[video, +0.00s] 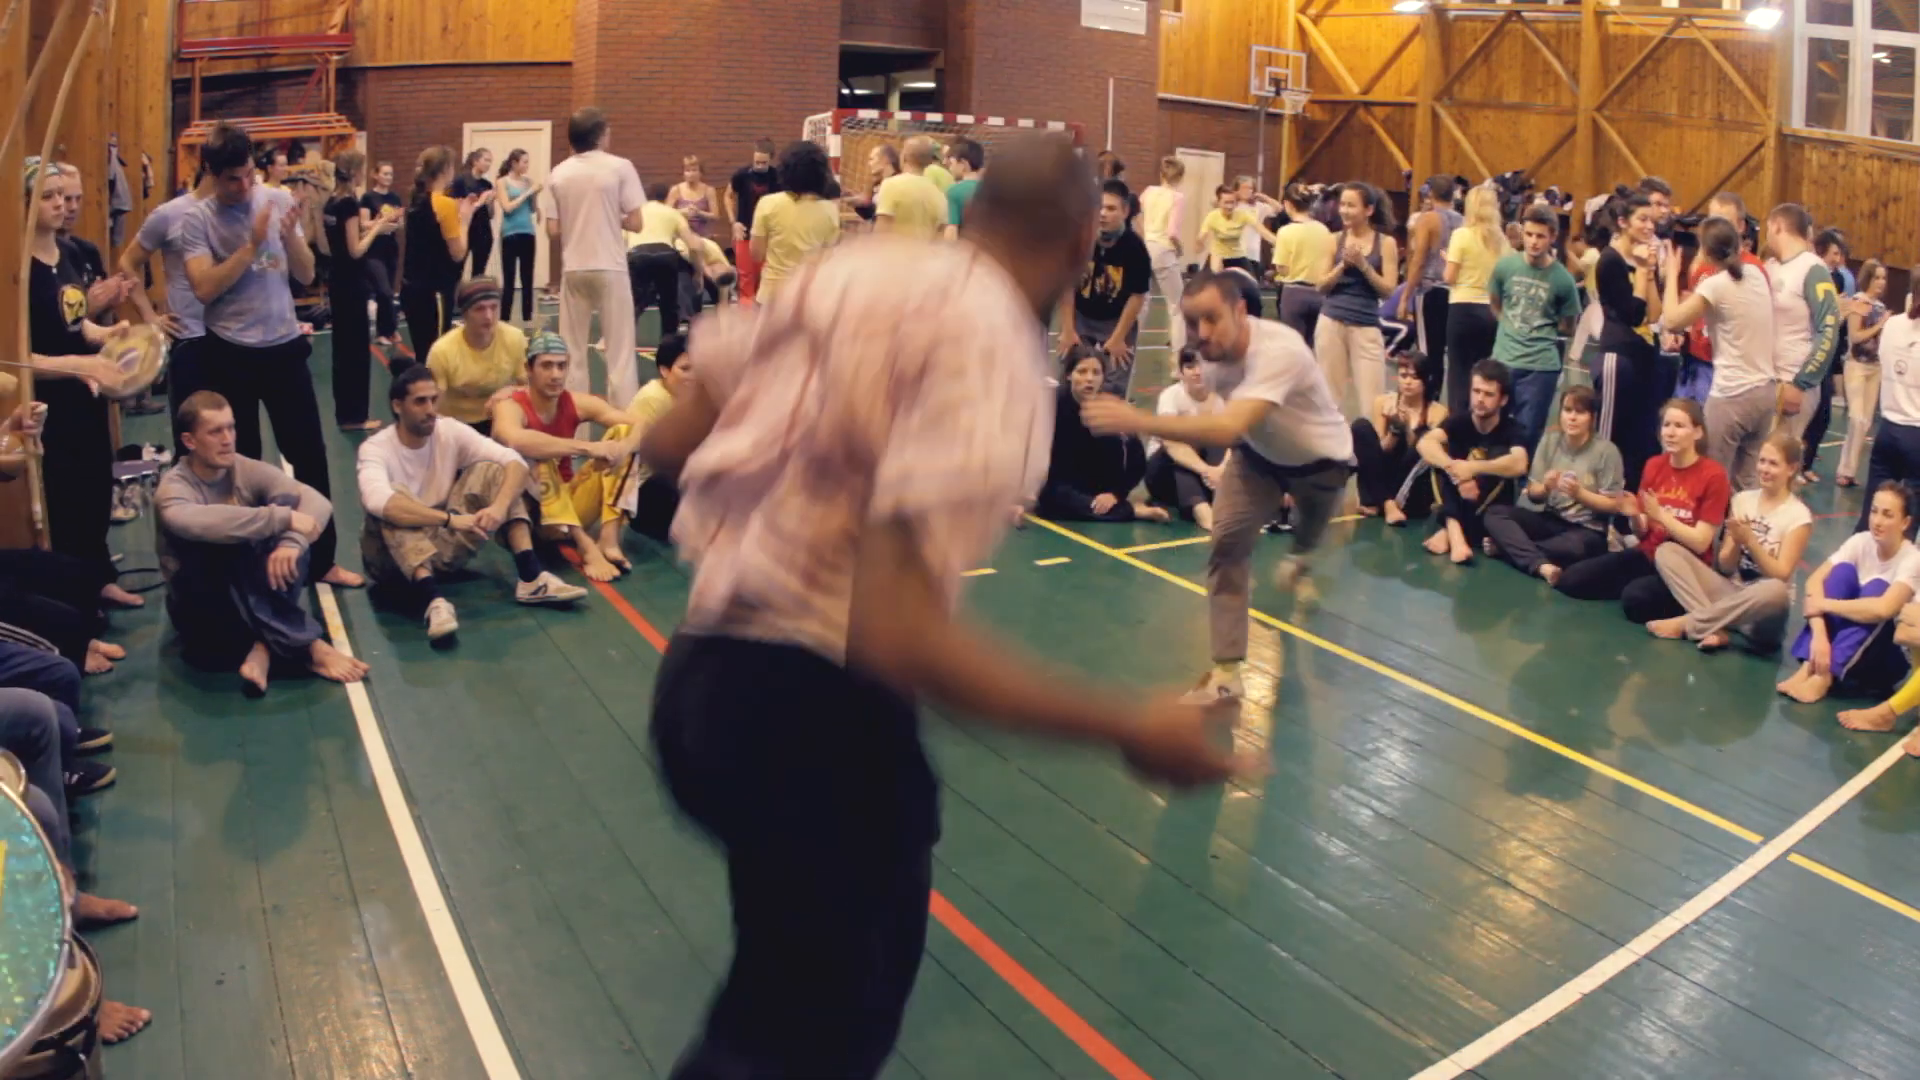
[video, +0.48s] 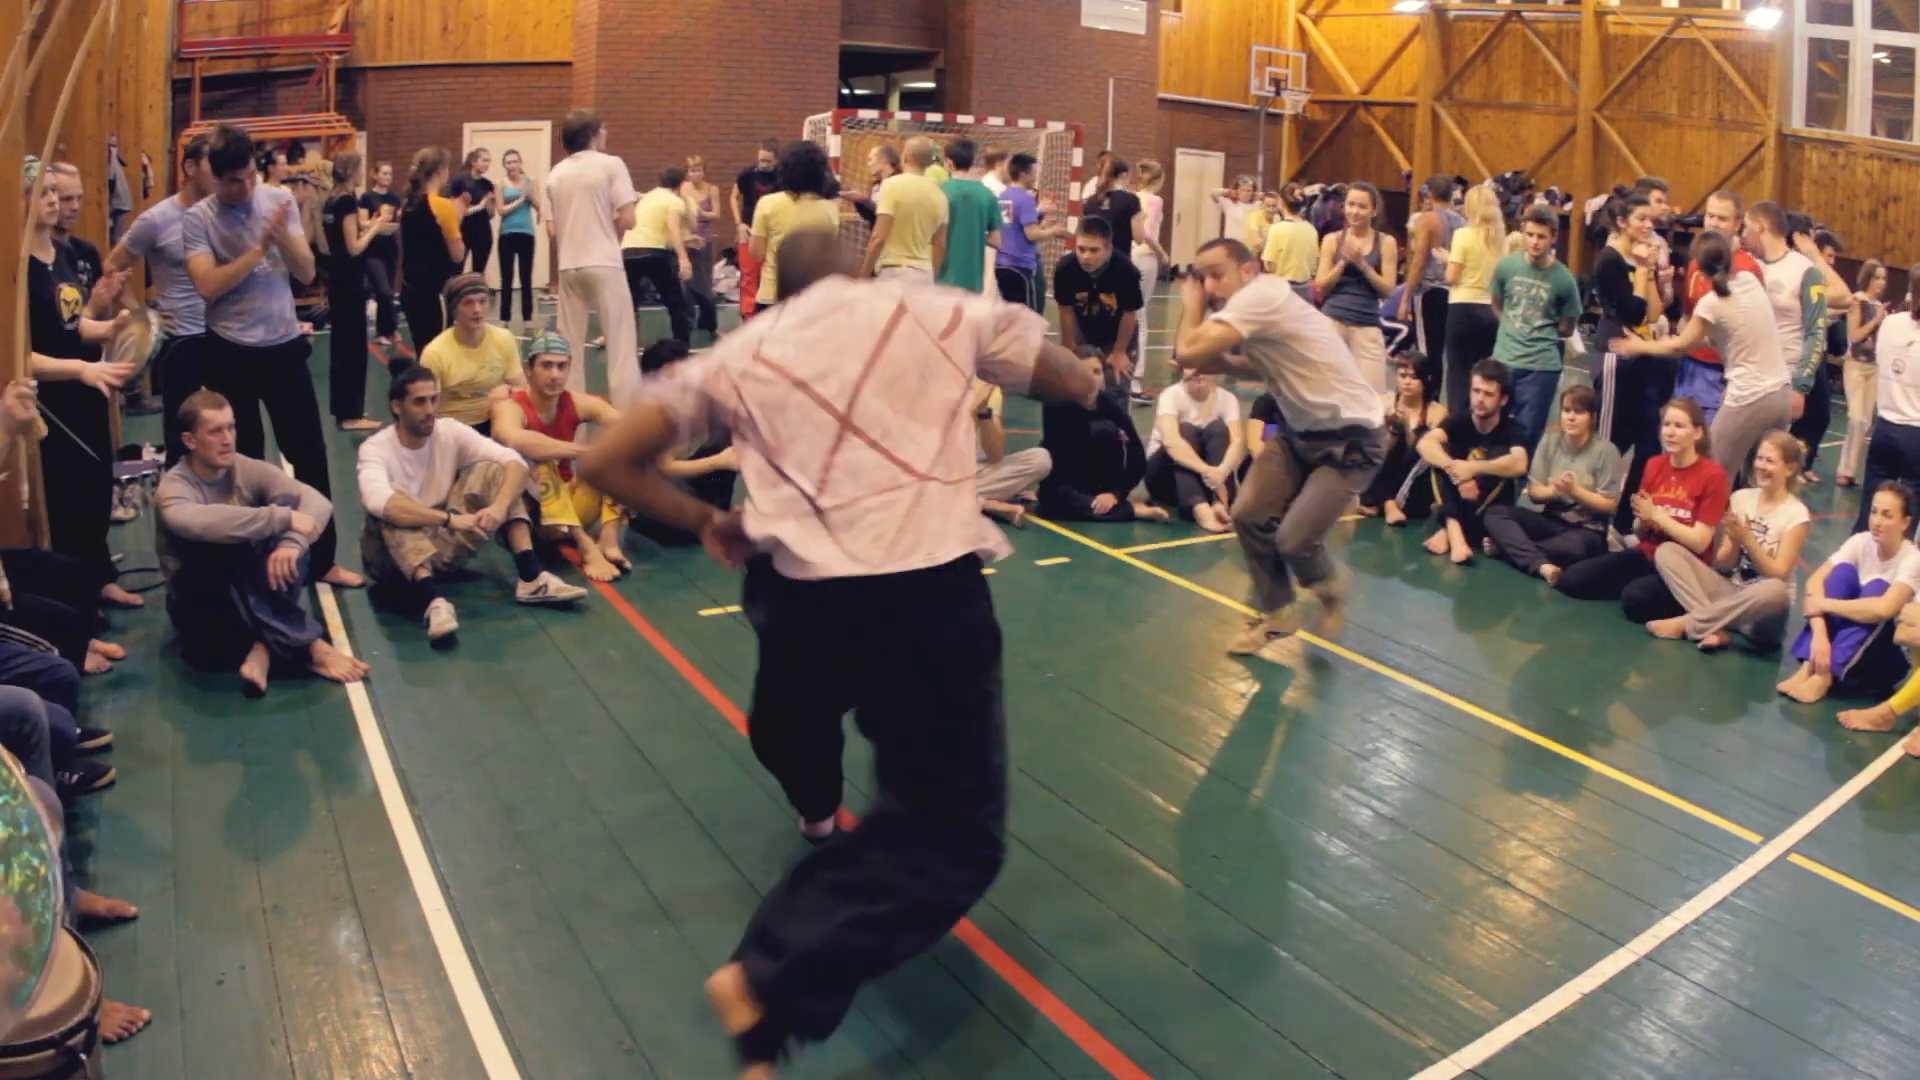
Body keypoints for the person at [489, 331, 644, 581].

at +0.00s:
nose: (556, 374)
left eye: (561, 366)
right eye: (546, 366)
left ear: (568, 369)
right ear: (528, 369)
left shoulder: (578, 403)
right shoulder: (510, 405)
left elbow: (639, 423)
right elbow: (513, 439)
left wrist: (624, 448)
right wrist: (587, 447)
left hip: (568, 508)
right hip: (524, 511)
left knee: (622, 435)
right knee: (542, 464)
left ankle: (609, 538)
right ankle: (586, 546)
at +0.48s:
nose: (555, 375)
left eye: (561, 366)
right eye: (546, 366)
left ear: (569, 370)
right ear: (529, 370)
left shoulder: (579, 403)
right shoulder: (510, 407)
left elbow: (627, 426)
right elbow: (513, 440)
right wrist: (582, 451)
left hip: (575, 505)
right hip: (528, 509)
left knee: (619, 447)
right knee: (542, 466)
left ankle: (610, 540)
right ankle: (586, 545)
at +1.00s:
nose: (560, 376)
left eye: (565, 368)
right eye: (551, 368)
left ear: (572, 370)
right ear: (531, 371)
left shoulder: (582, 403)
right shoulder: (511, 407)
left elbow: (646, 428)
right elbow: (514, 439)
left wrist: (622, 448)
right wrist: (586, 449)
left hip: (572, 505)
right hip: (528, 512)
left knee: (623, 431)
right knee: (541, 465)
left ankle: (609, 537)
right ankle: (586, 545)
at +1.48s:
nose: (562, 381)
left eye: (567, 372)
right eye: (553, 372)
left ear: (572, 372)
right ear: (532, 372)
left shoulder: (581, 403)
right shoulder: (510, 407)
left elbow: (646, 428)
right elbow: (514, 439)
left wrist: (622, 449)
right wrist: (586, 448)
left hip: (572, 506)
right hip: (528, 511)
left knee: (623, 432)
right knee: (542, 465)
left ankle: (609, 536)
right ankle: (587, 545)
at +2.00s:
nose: (562, 381)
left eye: (567, 373)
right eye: (553, 373)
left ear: (572, 372)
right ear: (532, 373)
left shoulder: (578, 403)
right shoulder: (510, 407)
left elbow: (646, 429)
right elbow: (512, 438)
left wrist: (622, 449)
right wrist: (585, 447)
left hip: (572, 504)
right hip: (528, 511)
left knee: (624, 431)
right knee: (542, 465)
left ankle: (609, 536)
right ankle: (586, 545)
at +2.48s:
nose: (563, 381)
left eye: (567, 373)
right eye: (555, 372)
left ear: (573, 374)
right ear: (531, 373)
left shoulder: (578, 404)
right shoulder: (510, 407)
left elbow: (646, 429)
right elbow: (511, 438)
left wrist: (624, 450)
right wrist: (585, 448)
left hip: (572, 504)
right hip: (528, 510)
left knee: (624, 436)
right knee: (541, 466)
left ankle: (609, 536)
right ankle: (586, 545)